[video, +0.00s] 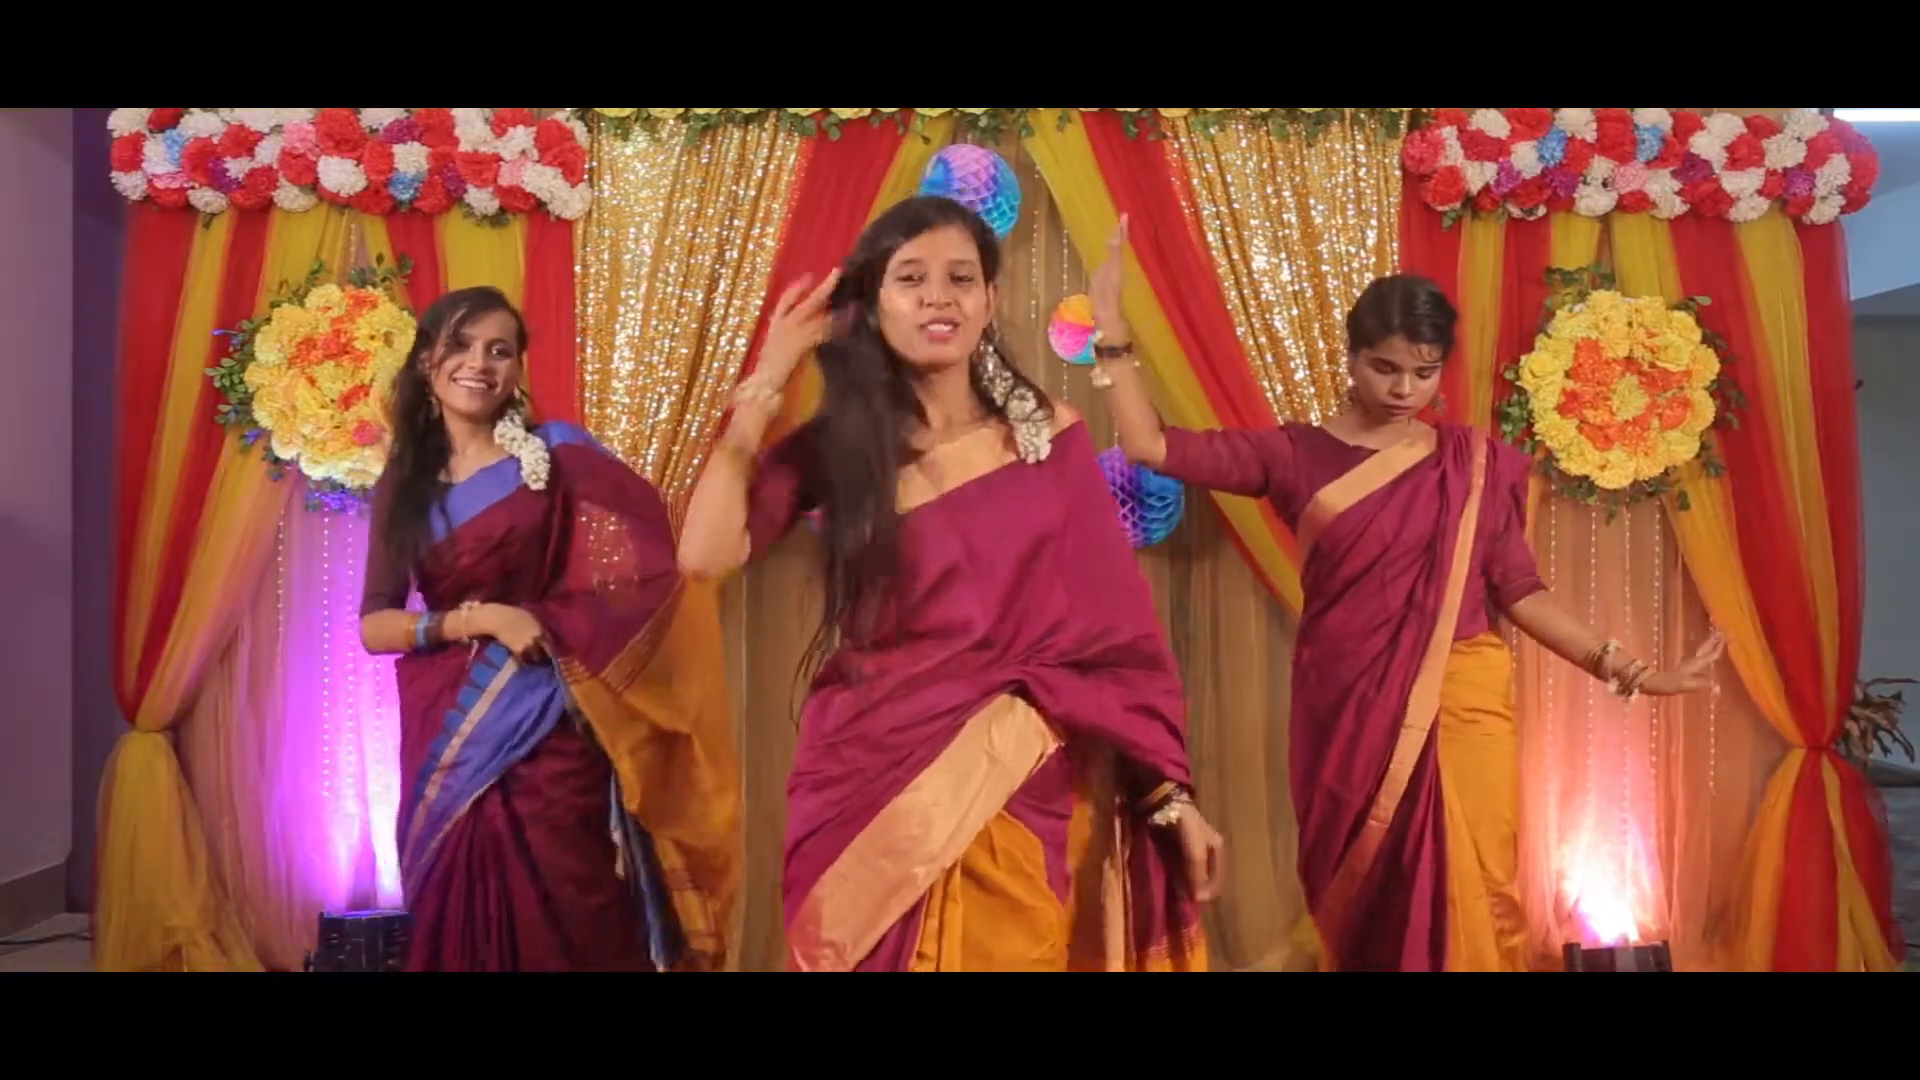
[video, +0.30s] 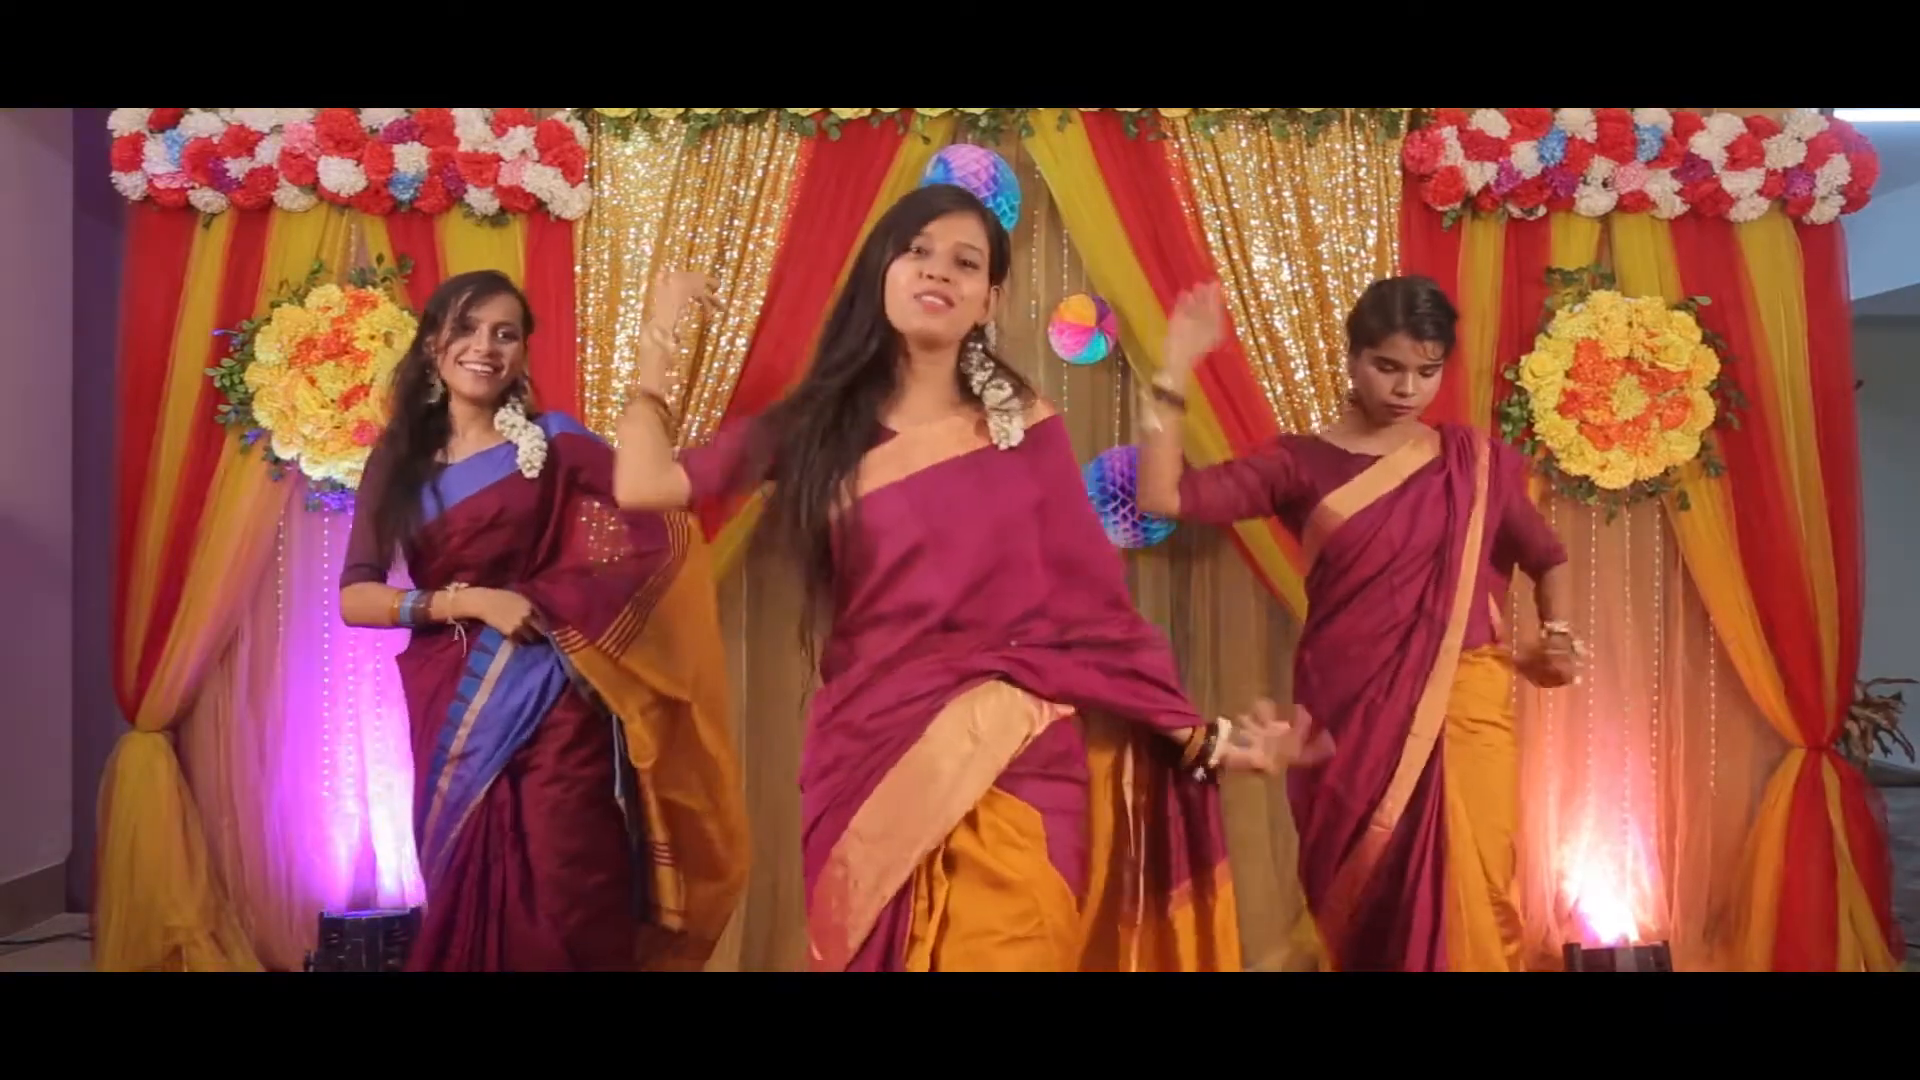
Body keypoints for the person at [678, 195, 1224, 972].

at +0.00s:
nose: (939, 299)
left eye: (961, 278)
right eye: (911, 279)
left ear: (991, 302)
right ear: (871, 308)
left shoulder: (1048, 432)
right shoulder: (846, 442)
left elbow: (1119, 628)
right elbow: (703, 553)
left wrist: (1168, 791)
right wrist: (764, 380)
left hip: (1029, 788)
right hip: (870, 788)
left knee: (1023, 956)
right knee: (868, 959)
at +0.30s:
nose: (936, 273)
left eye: (965, 263)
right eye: (917, 252)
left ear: (991, 302)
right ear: (879, 274)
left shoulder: (1027, 427)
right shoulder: (823, 422)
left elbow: (1096, 609)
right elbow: (645, 484)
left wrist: (1205, 735)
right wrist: (659, 341)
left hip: (1032, 754)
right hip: (877, 756)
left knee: (1013, 949)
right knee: (878, 954)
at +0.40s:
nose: (935, 280)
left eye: (964, 268)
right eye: (915, 258)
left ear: (987, 304)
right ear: (876, 278)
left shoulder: (1020, 431)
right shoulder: (818, 419)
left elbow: (1085, 617)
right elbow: (622, 438)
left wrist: (1195, 722)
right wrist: (623, 288)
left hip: (1036, 755)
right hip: (882, 764)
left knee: (1034, 954)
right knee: (893, 958)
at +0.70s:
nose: (935, 285)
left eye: (962, 270)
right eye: (913, 263)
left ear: (988, 302)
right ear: (873, 283)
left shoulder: (1029, 440)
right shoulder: (825, 420)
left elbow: (1108, 623)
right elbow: (621, 386)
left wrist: (1252, 732)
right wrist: (623, 216)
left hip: (1013, 773)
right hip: (862, 778)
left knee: (1035, 953)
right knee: (874, 959)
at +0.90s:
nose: (940, 314)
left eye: (964, 297)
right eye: (916, 293)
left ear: (991, 326)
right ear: (877, 317)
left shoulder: (1046, 452)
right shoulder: (843, 454)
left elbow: (1134, 642)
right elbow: (636, 397)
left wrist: (1276, 726)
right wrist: (616, 238)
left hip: (1015, 782)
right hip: (866, 778)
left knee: (1002, 958)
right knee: (853, 958)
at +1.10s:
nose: (945, 276)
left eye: (972, 261)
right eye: (922, 255)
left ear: (999, 290)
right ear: (883, 276)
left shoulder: (1037, 425)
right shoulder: (841, 417)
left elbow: (1105, 606)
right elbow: (633, 340)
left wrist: (1241, 694)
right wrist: (620, 190)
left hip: (1034, 742)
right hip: (883, 748)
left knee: (1017, 946)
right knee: (890, 952)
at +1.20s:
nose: (944, 280)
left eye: (970, 267)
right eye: (924, 259)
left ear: (998, 297)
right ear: (884, 277)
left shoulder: (1033, 430)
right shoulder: (834, 416)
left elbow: (1110, 612)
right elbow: (630, 344)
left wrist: (1238, 743)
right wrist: (649, 194)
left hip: (1030, 748)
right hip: (879, 755)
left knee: (1025, 947)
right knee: (893, 953)